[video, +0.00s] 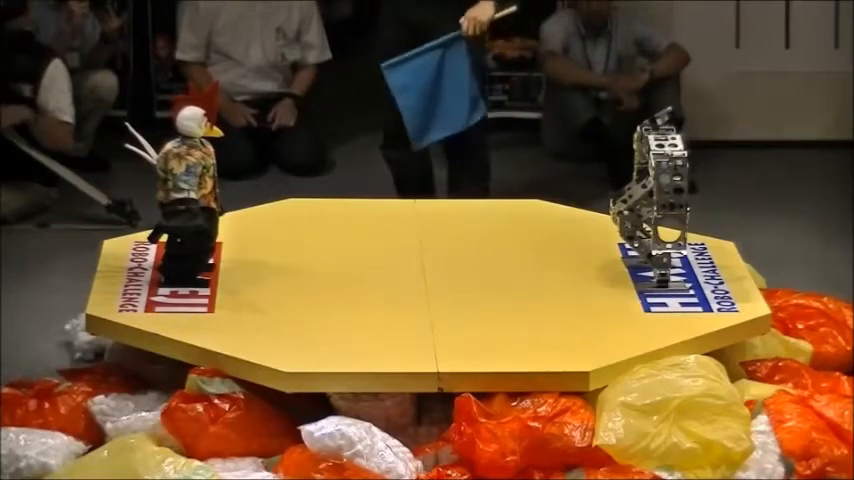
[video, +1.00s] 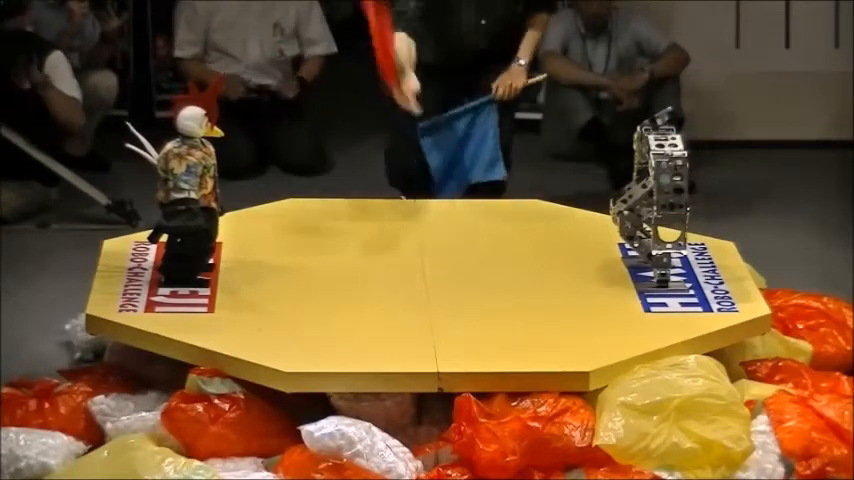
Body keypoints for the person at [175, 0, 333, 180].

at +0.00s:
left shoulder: (301, 5)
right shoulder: (202, 5)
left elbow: (310, 62)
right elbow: (191, 62)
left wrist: (291, 100)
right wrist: (226, 106)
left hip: (279, 99)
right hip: (227, 102)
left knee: (307, 161)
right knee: (238, 163)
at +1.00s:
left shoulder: (301, 5)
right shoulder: (196, 6)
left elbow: (317, 49)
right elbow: (187, 59)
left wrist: (299, 81)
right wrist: (220, 82)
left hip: (280, 97)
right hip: (229, 99)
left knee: (306, 161)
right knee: (237, 164)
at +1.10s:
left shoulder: (301, 5)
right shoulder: (195, 6)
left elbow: (318, 46)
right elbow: (186, 56)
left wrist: (296, 72)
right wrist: (222, 73)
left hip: (283, 98)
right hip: (228, 100)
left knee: (306, 161)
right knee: (237, 164)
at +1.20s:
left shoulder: (301, 4)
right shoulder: (197, 5)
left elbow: (320, 45)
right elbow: (183, 54)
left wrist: (296, 57)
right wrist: (215, 53)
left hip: (283, 99)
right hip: (227, 100)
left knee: (306, 162)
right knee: (236, 165)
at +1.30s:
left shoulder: (300, 4)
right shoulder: (197, 5)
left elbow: (321, 44)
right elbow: (182, 54)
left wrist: (291, 41)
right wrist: (213, 42)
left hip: (282, 99)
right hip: (226, 102)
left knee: (307, 162)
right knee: (236, 166)